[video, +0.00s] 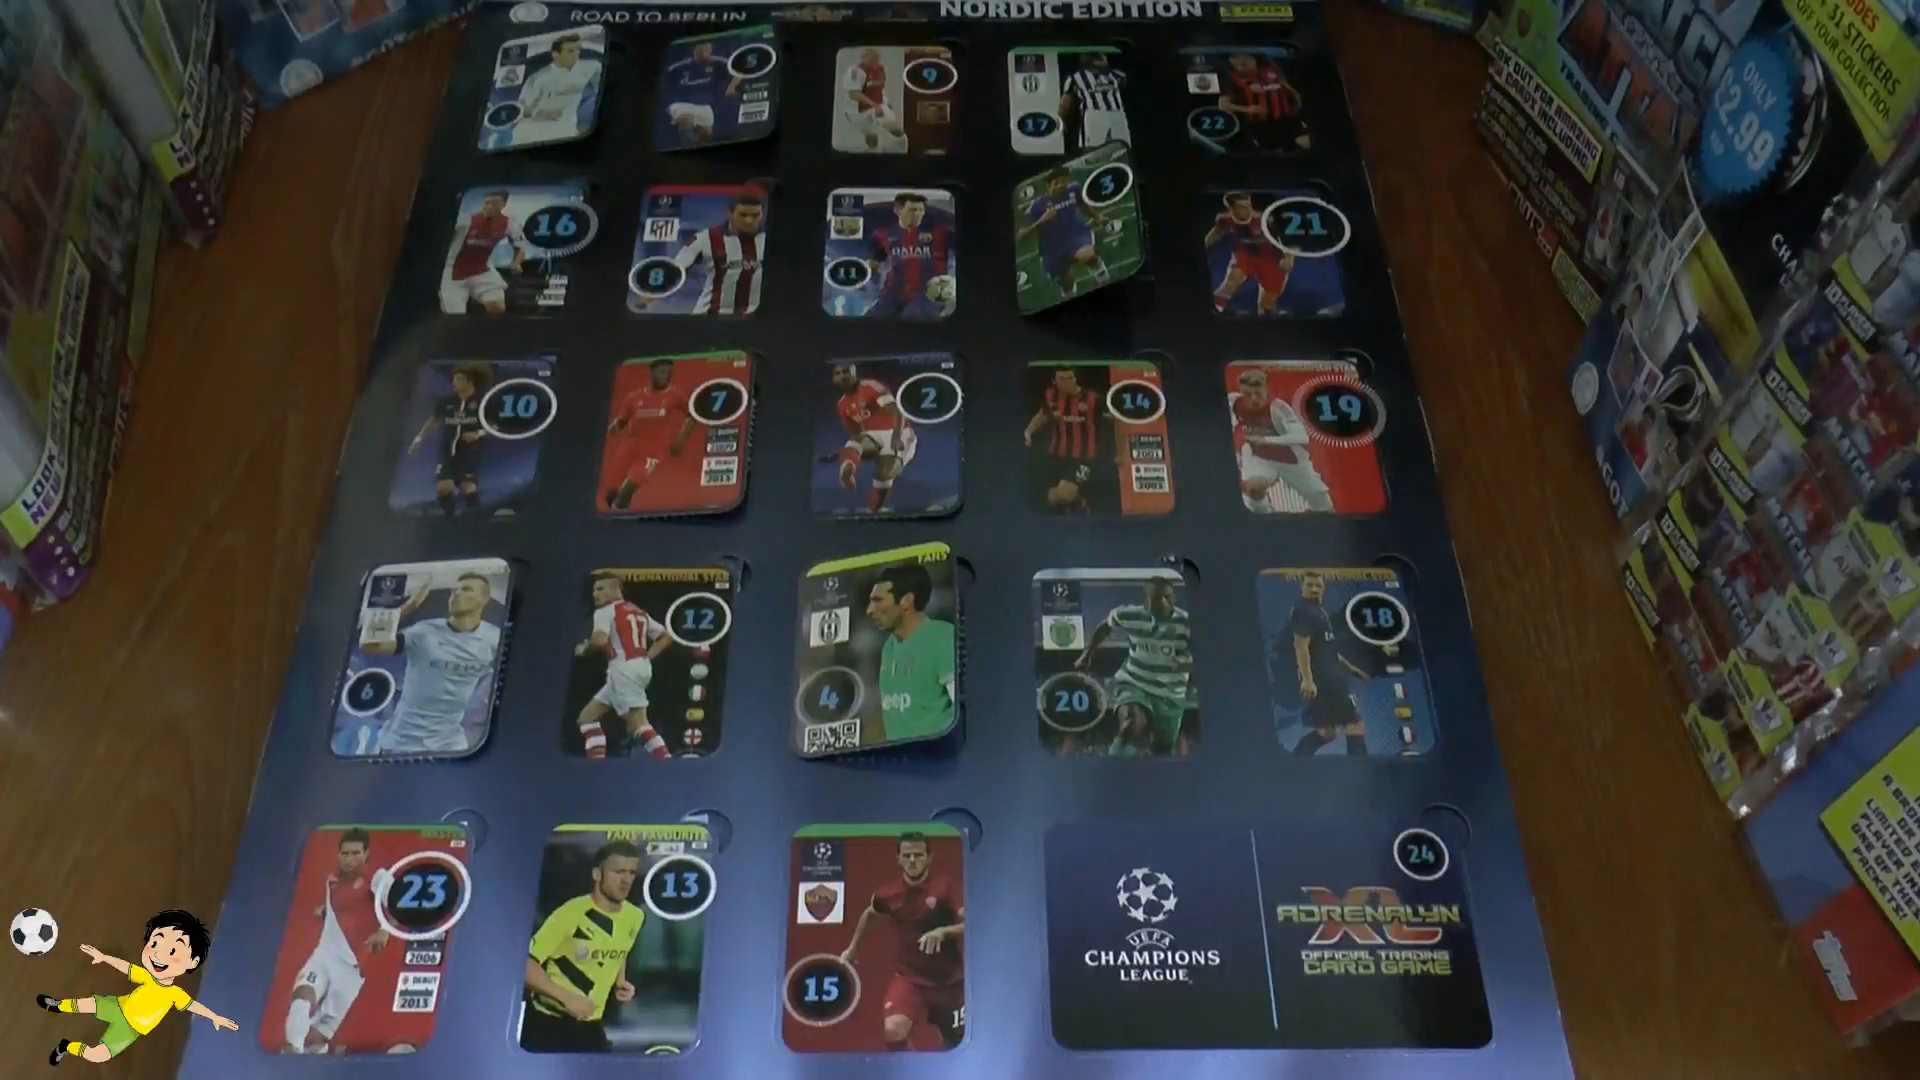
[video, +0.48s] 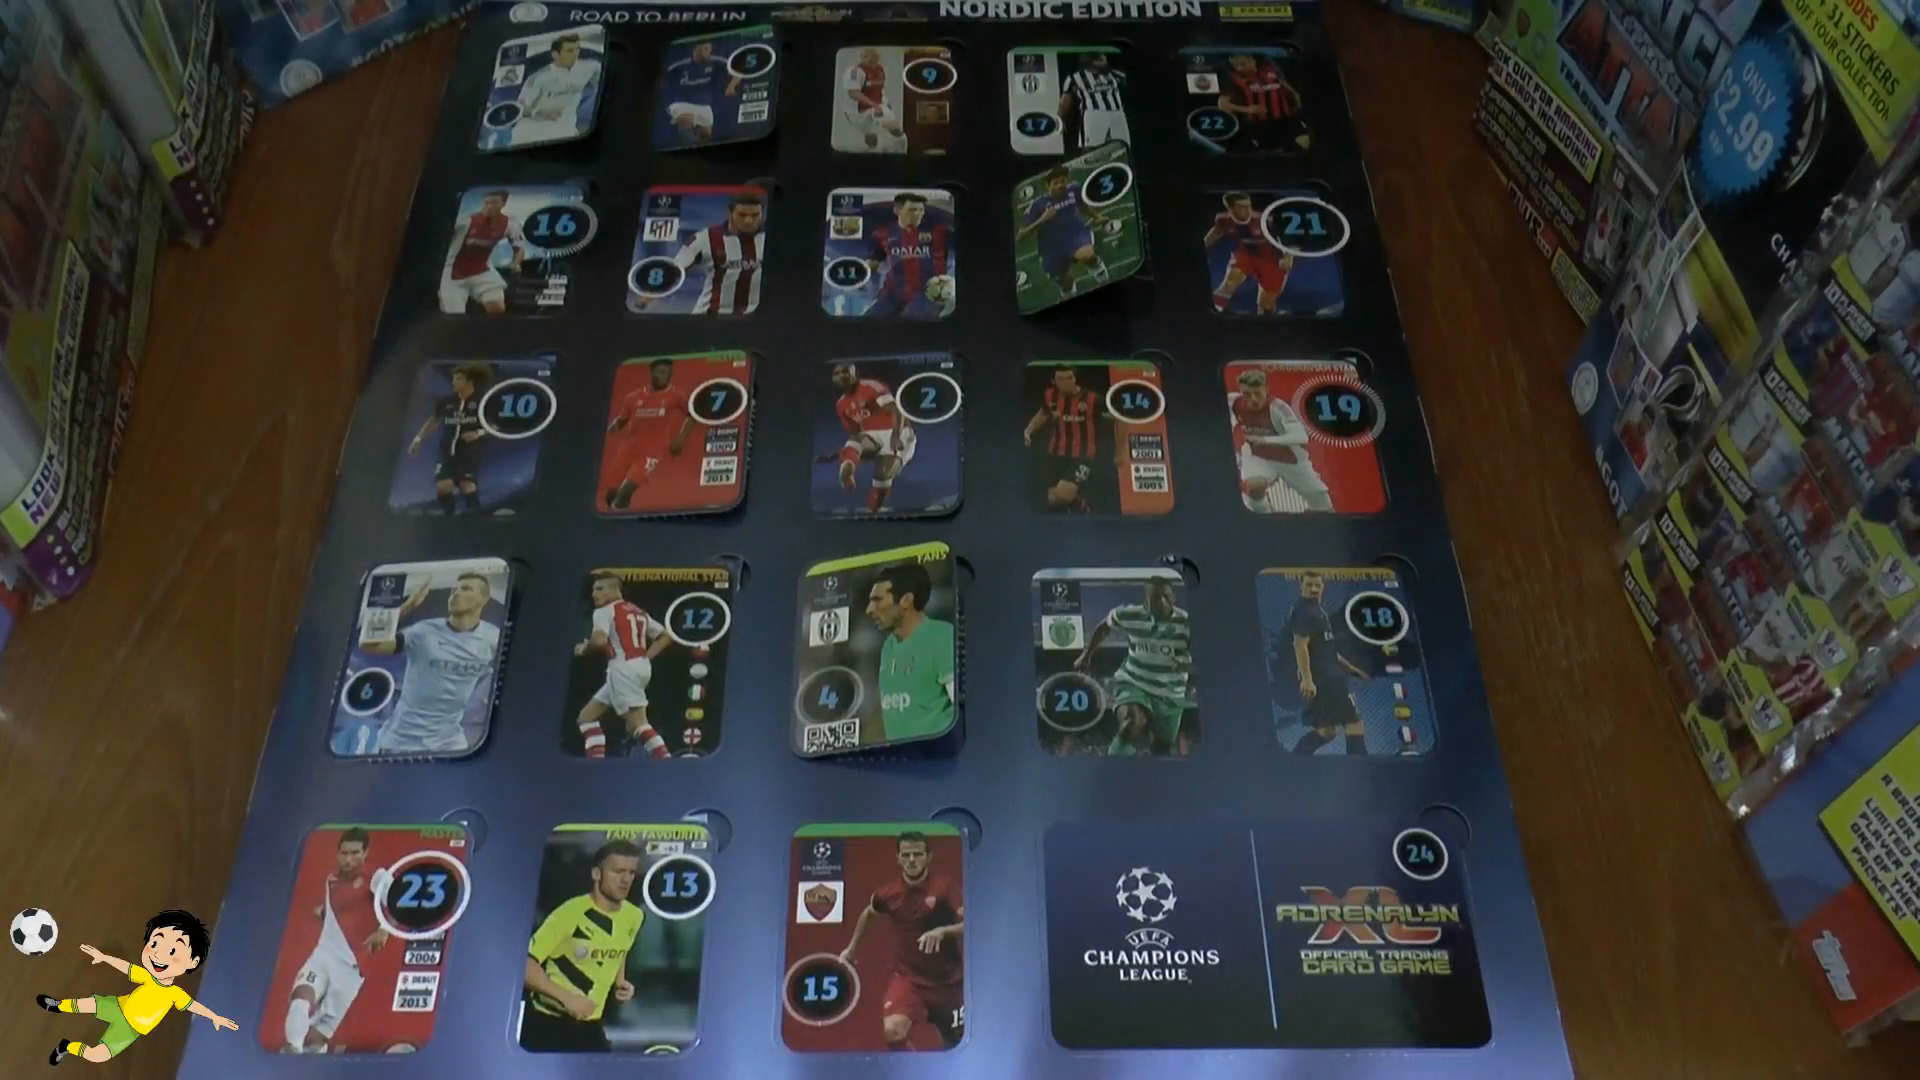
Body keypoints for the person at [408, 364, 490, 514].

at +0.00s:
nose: (454, 383)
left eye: (459, 379)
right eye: (454, 379)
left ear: (469, 383)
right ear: (453, 382)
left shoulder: (480, 403)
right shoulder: (446, 402)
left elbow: (492, 424)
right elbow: (433, 421)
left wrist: (477, 434)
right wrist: (418, 440)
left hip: (468, 451)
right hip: (447, 452)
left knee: (468, 487)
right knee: (443, 487)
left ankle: (477, 520)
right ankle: (450, 520)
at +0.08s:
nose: (454, 383)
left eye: (459, 379)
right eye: (454, 379)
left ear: (470, 383)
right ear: (453, 382)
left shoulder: (481, 403)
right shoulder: (446, 402)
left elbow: (493, 424)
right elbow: (433, 421)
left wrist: (478, 434)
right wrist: (418, 440)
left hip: (468, 450)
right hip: (447, 451)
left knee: (468, 486)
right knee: (443, 487)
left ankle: (478, 520)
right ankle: (451, 520)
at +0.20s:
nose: (454, 383)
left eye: (459, 379)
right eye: (454, 379)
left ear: (469, 382)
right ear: (453, 382)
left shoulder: (481, 403)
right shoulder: (447, 402)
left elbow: (492, 424)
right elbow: (433, 421)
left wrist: (478, 434)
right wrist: (418, 440)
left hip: (469, 451)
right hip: (447, 451)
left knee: (467, 485)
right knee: (443, 487)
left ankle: (478, 520)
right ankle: (450, 520)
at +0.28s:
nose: (454, 383)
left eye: (459, 379)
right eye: (454, 379)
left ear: (469, 382)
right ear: (453, 382)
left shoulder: (481, 402)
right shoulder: (447, 402)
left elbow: (492, 424)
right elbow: (433, 421)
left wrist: (478, 434)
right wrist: (418, 440)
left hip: (468, 450)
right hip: (447, 451)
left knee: (467, 484)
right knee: (443, 487)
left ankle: (477, 519)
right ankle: (451, 520)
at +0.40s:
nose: (454, 383)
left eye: (458, 379)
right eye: (454, 379)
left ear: (469, 382)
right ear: (453, 382)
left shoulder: (480, 403)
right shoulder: (447, 402)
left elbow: (493, 424)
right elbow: (433, 421)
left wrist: (478, 433)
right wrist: (418, 440)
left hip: (468, 451)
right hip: (447, 451)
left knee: (467, 484)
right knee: (443, 486)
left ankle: (477, 519)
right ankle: (451, 520)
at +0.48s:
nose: (454, 383)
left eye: (458, 379)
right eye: (454, 379)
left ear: (469, 382)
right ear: (453, 382)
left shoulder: (480, 403)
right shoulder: (446, 402)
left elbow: (492, 424)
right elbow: (433, 421)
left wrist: (477, 433)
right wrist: (418, 439)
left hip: (468, 451)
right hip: (446, 452)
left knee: (467, 485)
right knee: (443, 487)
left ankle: (476, 519)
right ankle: (450, 520)